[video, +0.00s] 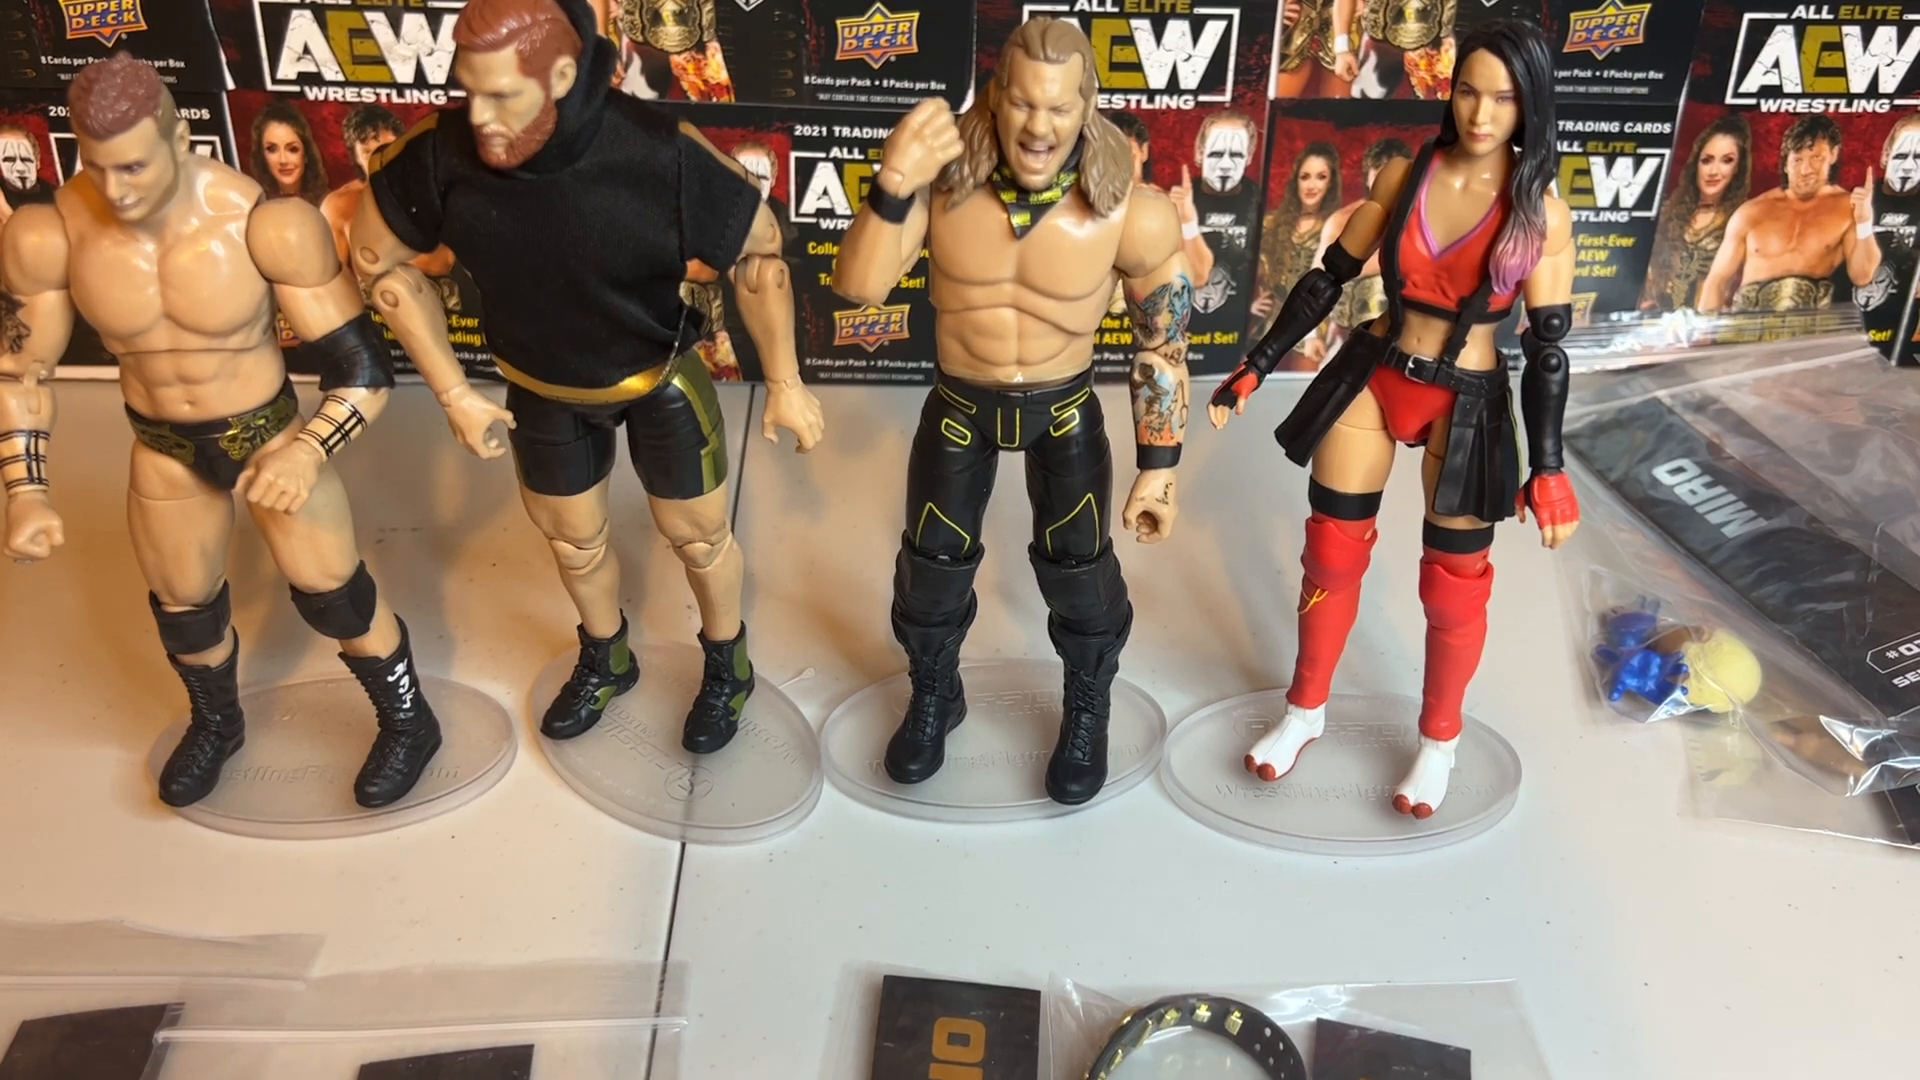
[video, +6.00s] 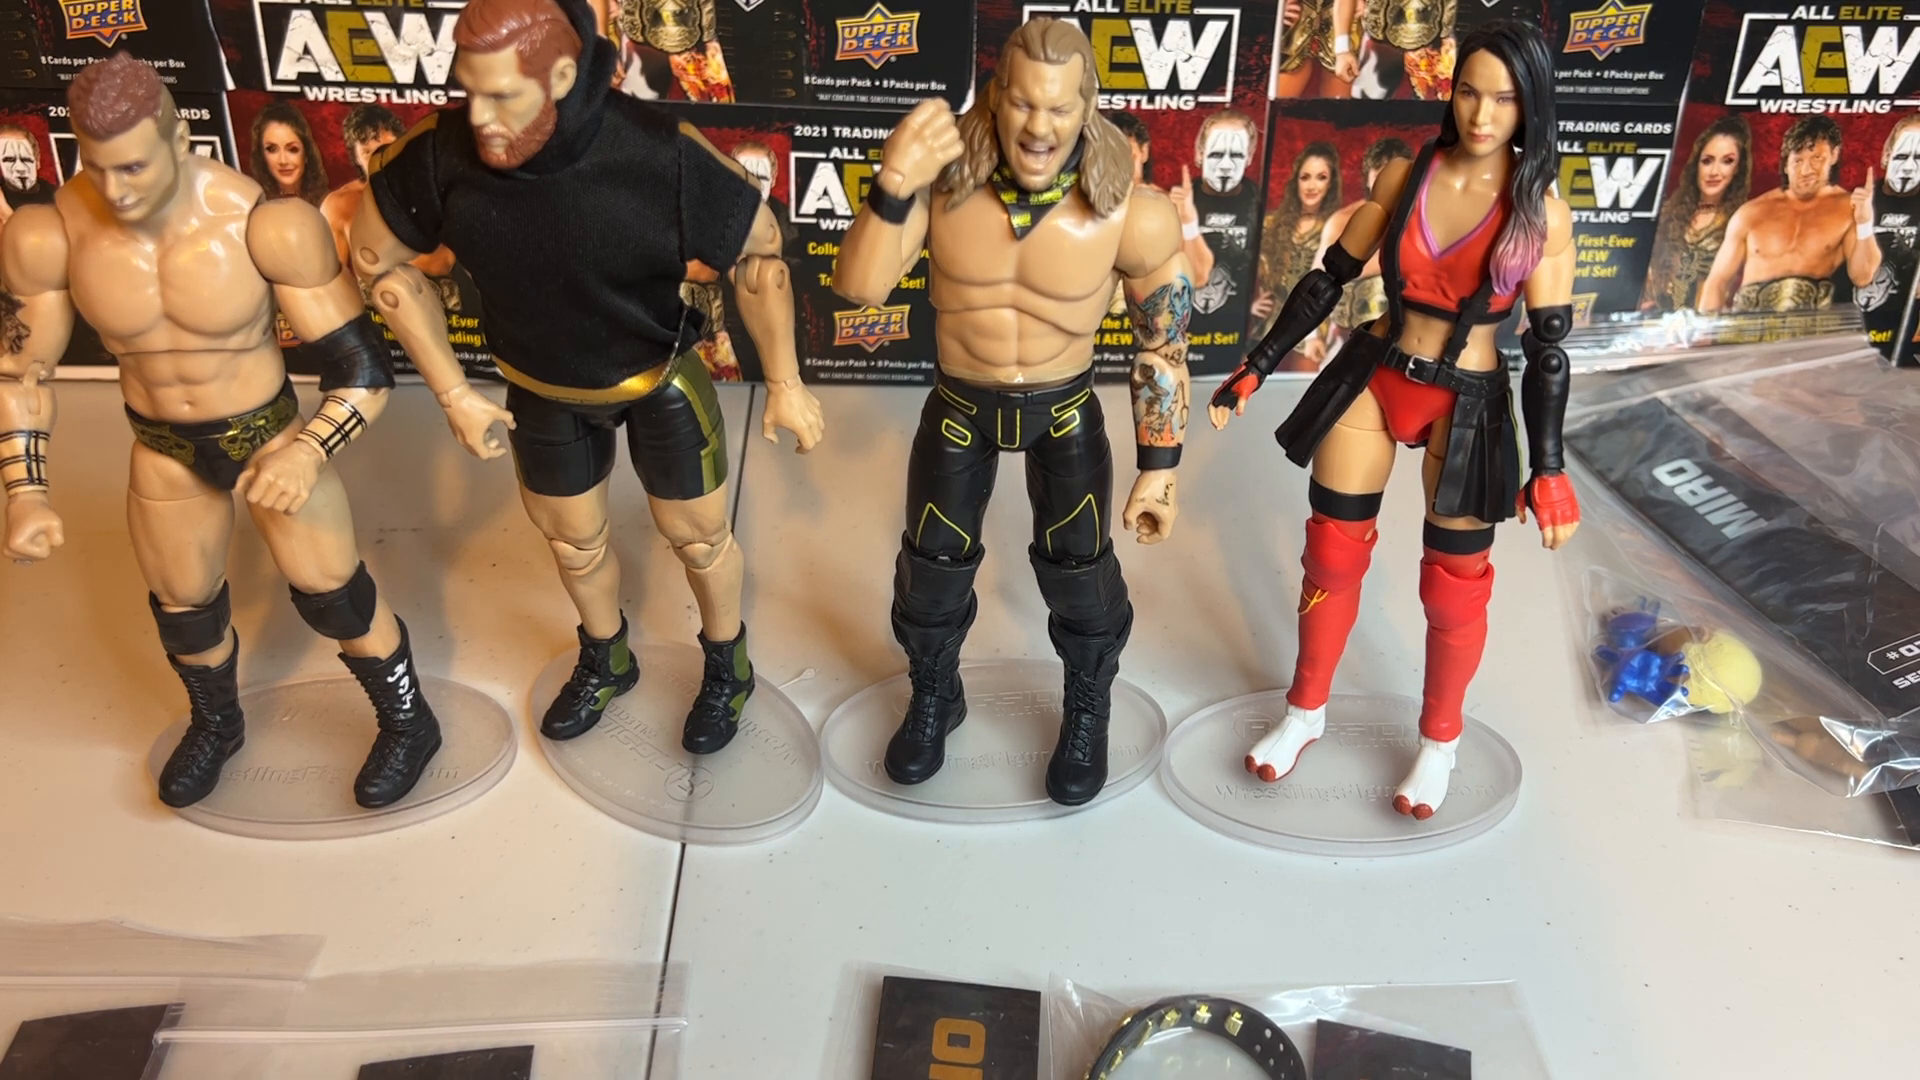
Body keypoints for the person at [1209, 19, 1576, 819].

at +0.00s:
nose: (1479, 113)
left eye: (1500, 98)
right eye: (1468, 93)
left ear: (1528, 108)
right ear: (1450, 93)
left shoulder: (1540, 208)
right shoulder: (1406, 175)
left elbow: (1548, 343)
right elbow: (1332, 273)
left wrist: (1548, 465)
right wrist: (1255, 364)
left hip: (1466, 403)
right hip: (1371, 382)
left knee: (1453, 589)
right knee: (1331, 559)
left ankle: (1437, 742)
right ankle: (1304, 709)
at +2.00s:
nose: (1479, 113)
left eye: (1500, 98)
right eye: (1469, 93)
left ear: (1528, 108)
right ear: (1450, 93)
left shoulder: (1540, 208)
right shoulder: (1406, 174)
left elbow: (1548, 343)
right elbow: (1332, 273)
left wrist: (1548, 464)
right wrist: (1256, 363)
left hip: (1466, 404)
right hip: (1371, 383)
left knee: (1454, 590)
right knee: (1331, 559)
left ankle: (1438, 741)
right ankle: (1304, 710)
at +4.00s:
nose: (1479, 113)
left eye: (1501, 99)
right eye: (1469, 93)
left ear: (1528, 108)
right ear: (1450, 93)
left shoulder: (1540, 208)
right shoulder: (1406, 174)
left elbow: (1549, 343)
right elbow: (1333, 273)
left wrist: (1549, 464)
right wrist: (1257, 363)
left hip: (1466, 405)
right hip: (1371, 383)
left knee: (1454, 591)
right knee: (1331, 560)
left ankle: (1438, 742)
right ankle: (1305, 710)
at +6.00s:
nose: (1480, 113)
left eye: (1501, 99)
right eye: (1469, 94)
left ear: (1528, 108)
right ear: (1451, 94)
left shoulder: (1540, 209)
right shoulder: (1406, 175)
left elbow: (1549, 345)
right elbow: (1333, 274)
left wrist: (1549, 466)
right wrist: (1256, 365)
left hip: (1467, 404)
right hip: (1372, 382)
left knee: (1454, 591)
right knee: (1331, 560)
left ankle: (1438, 742)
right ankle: (1304, 710)